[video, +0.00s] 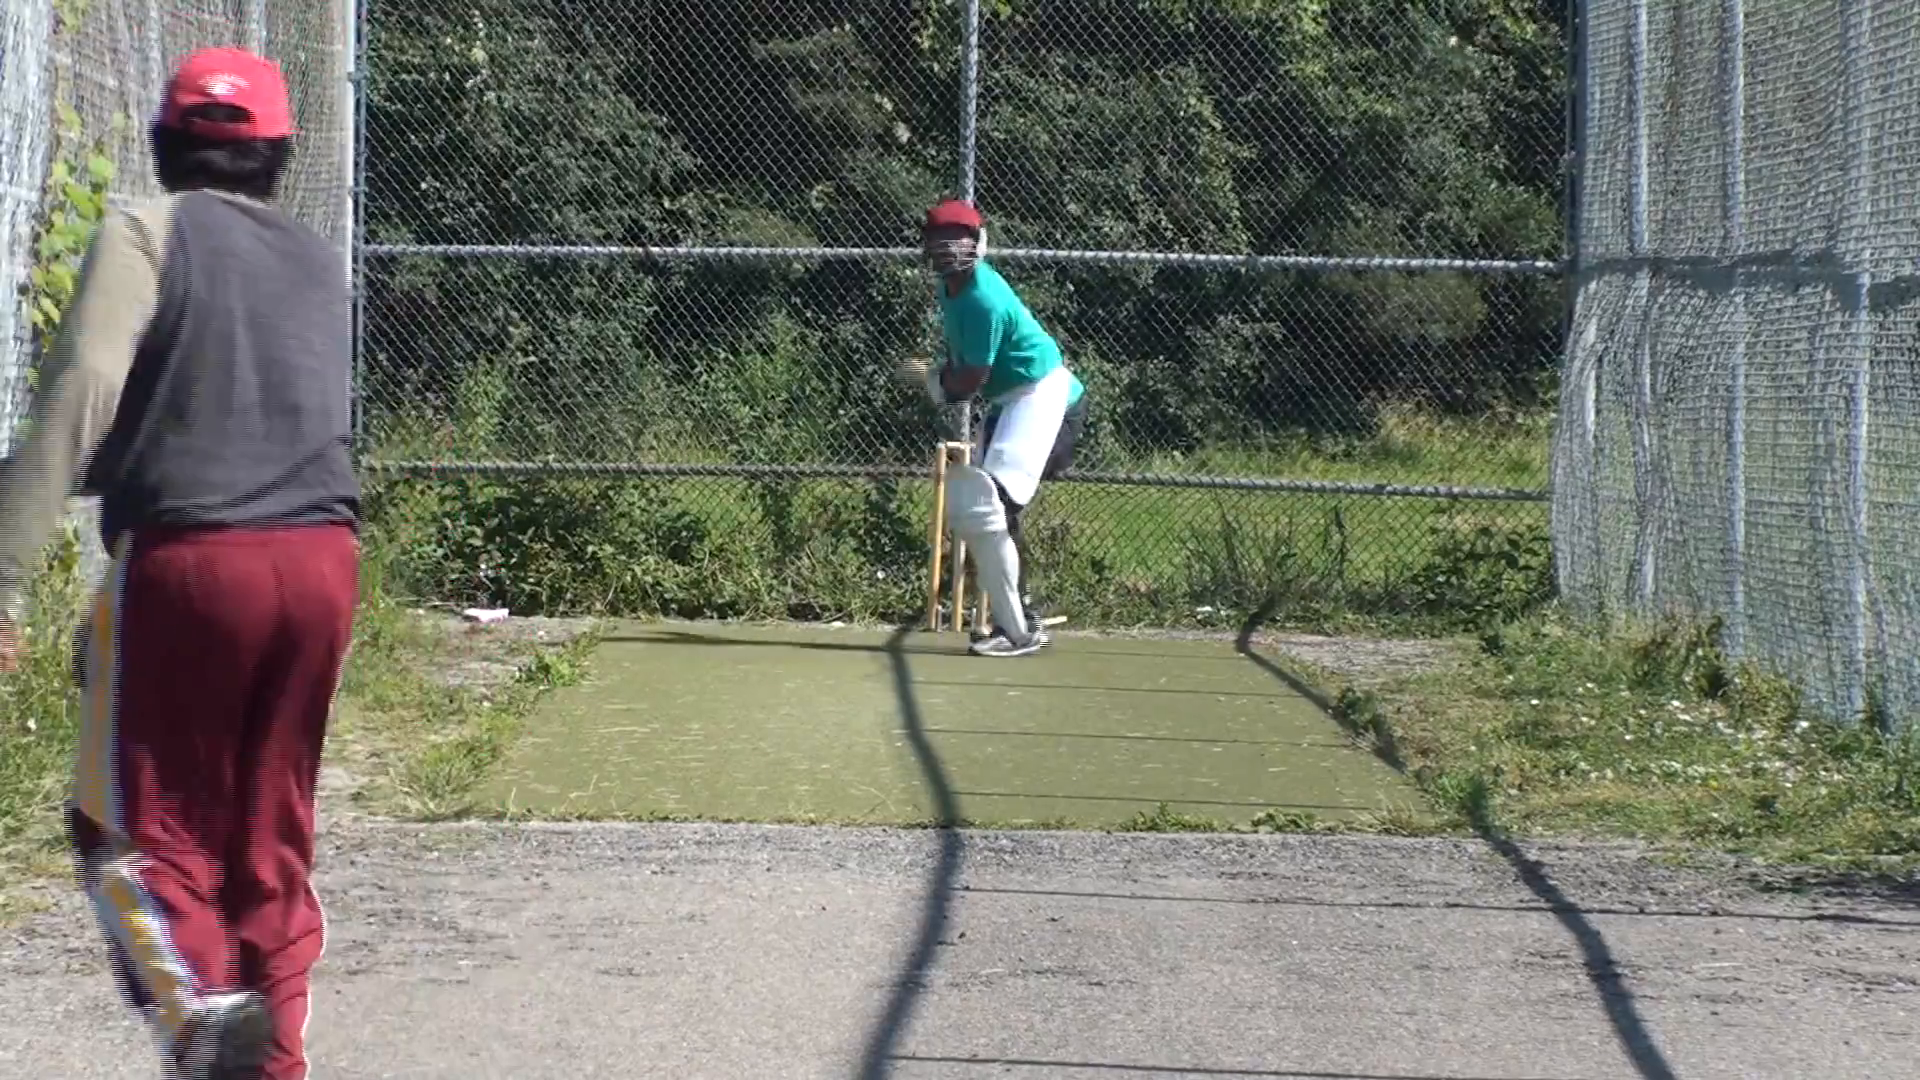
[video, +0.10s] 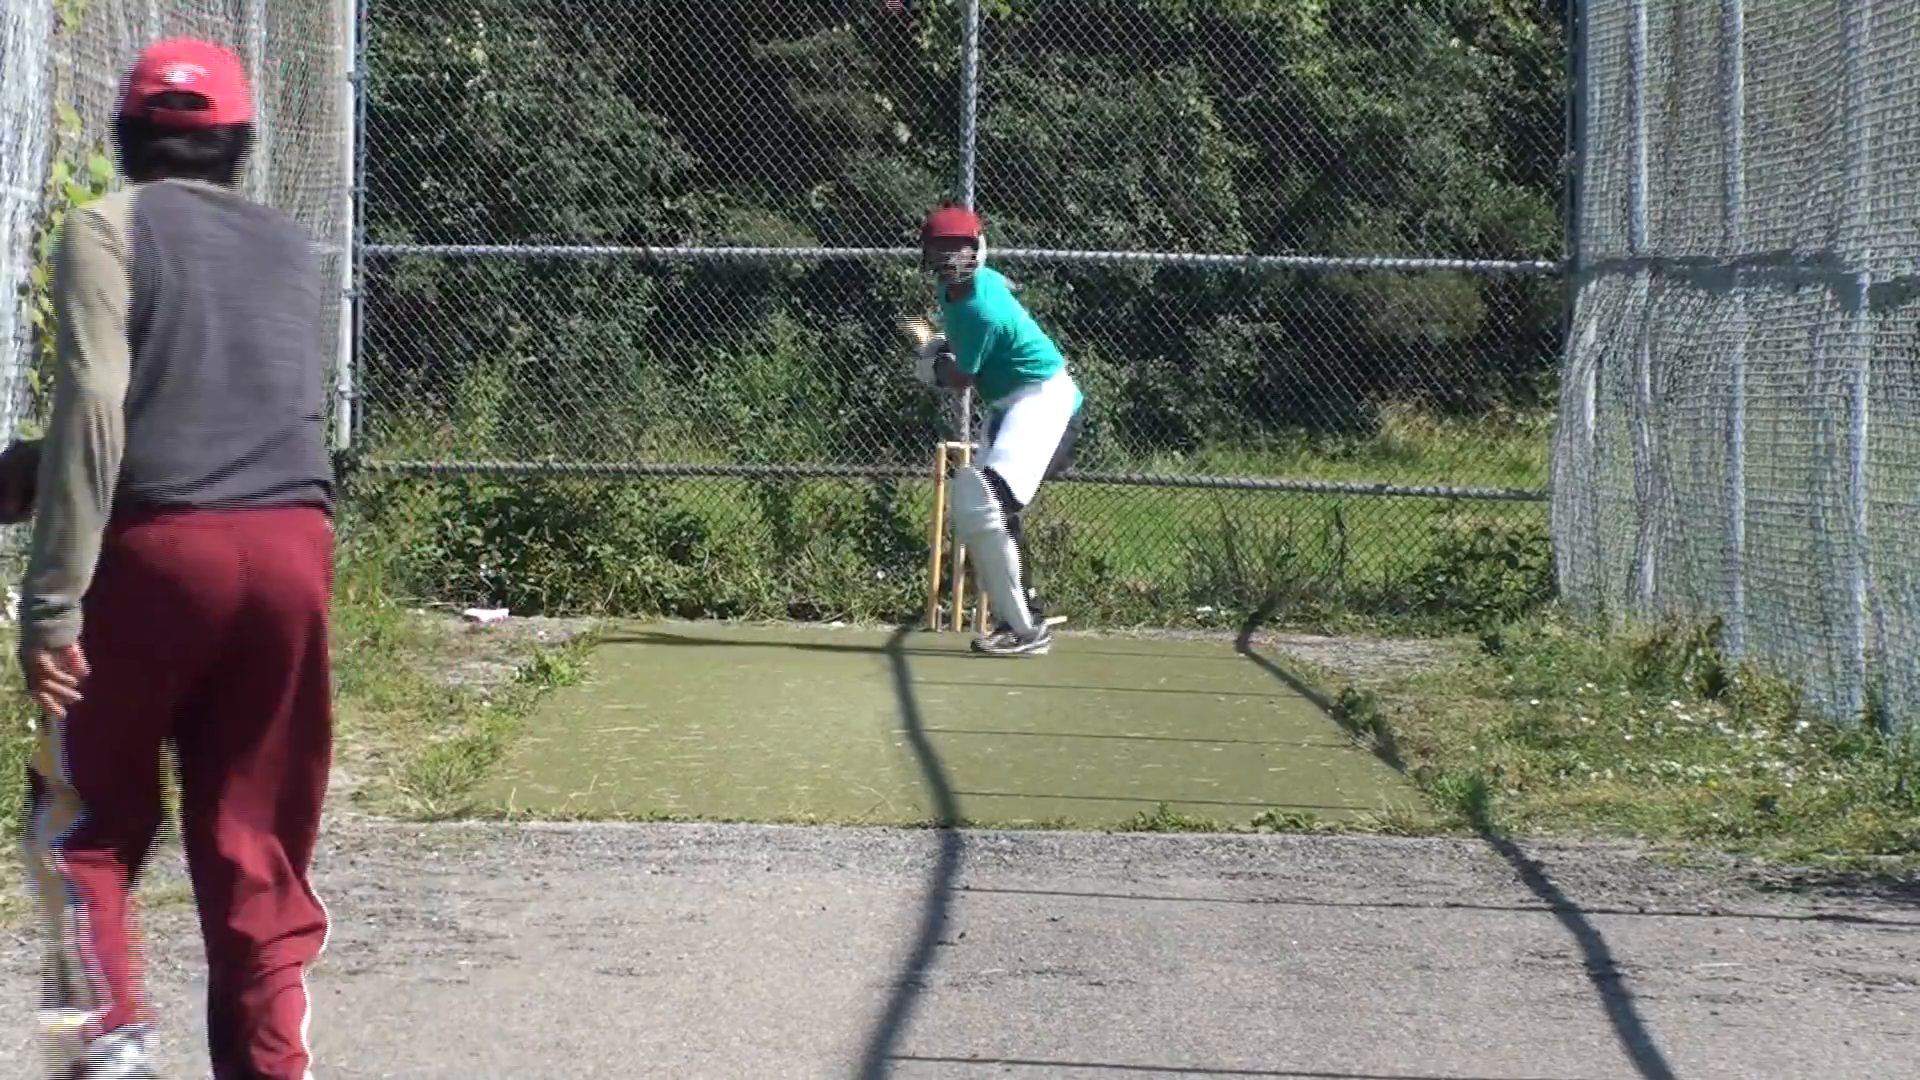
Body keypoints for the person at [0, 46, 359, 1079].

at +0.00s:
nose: (180, 155)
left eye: (171, 140)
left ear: (167, 143)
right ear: (278, 154)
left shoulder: (148, 228)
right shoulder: (324, 256)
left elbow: (88, 382)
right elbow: (319, 407)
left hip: (192, 568)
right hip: (322, 567)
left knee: (131, 823)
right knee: (276, 824)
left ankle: (201, 1012)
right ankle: (276, 1058)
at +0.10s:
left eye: (138, 126)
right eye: (215, 126)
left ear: (129, 135)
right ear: (239, 140)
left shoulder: (107, 229)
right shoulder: (294, 246)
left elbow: (92, 413)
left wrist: (53, 606)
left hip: (162, 555)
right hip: (294, 552)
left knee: (95, 819)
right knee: (260, 837)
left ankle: (111, 1035)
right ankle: (272, 1060)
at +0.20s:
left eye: (93, 126)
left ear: (83, 135)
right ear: (193, 136)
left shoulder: (65, 228)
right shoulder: (249, 231)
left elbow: (65, 423)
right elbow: (266, 398)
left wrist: (37, 605)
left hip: (127, 546)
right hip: (260, 544)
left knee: (47, 827)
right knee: (240, 819)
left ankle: (7, 1043)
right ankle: (265, 1057)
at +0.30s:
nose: (104, 158)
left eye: (57, 145)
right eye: (122, 141)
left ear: (38, 155)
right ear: (148, 153)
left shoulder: (23, 248)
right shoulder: (209, 253)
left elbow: (10, 419)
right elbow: (230, 407)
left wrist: (6, 570)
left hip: (69, 570)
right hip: (208, 564)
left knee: (9, 845)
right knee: (232, 852)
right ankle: (256, 1058)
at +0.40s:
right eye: (96, 167)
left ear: (3, 175)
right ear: (104, 176)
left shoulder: (1, 260)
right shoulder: (165, 274)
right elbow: (199, 438)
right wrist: (155, 538)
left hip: (28, 570)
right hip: (174, 565)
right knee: (206, 830)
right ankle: (247, 1000)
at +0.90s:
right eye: (101, 186)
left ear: (4, 195)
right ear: (106, 194)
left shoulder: (0, 270)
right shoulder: (173, 278)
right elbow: (250, 451)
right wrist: (220, 568)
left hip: (25, 537)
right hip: (170, 533)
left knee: (6, 835)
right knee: (225, 819)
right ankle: (291, 1059)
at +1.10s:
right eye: (131, 181)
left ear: (31, 192)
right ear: (141, 191)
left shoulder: (6, 271)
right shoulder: (206, 280)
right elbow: (269, 447)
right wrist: (239, 569)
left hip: (36, 525)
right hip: (183, 524)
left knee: (10, 815)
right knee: (229, 806)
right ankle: (292, 1058)